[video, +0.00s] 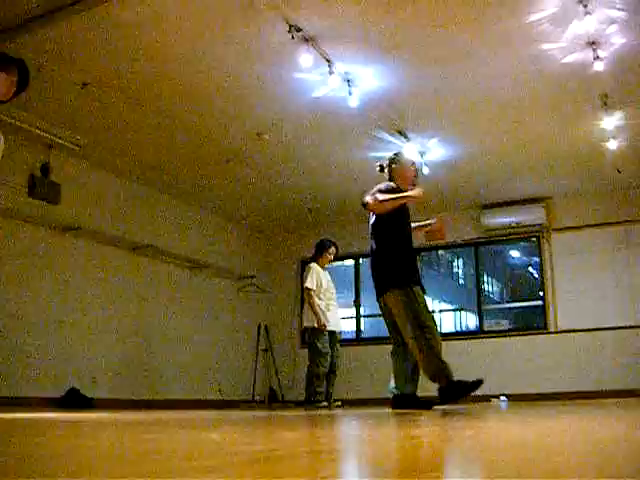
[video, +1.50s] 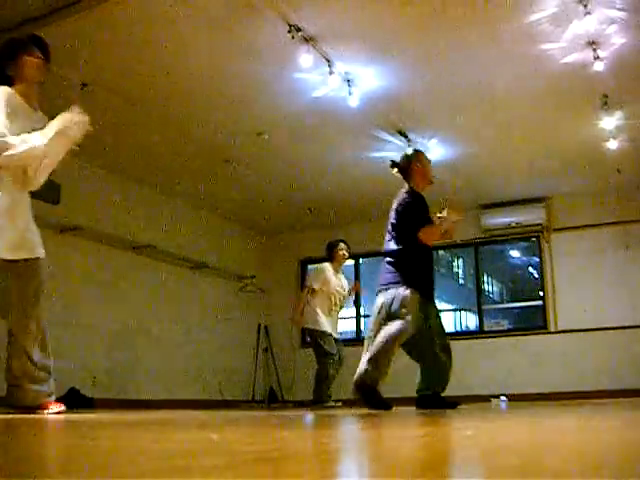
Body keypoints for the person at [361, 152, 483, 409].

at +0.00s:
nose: (415, 171)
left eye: (415, 166)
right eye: (411, 166)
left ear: (400, 169)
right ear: (397, 168)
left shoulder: (396, 196)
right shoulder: (388, 188)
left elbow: (397, 232)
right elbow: (371, 203)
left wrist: (426, 228)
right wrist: (409, 196)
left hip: (389, 278)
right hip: (397, 276)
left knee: (404, 339)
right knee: (422, 330)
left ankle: (404, 394)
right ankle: (446, 384)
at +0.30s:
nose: (411, 170)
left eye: (410, 165)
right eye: (406, 165)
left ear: (390, 169)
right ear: (391, 167)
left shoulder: (382, 195)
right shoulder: (389, 192)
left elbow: (400, 238)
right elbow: (402, 225)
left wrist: (423, 233)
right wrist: (431, 213)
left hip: (383, 279)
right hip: (398, 277)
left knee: (399, 337)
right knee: (420, 328)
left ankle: (401, 391)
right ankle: (415, 386)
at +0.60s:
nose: (404, 161)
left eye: (403, 157)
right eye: (398, 157)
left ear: (395, 163)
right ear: (383, 162)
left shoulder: (399, 203)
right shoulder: (372, 187)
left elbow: (423, 231)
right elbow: (367, 207)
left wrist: (432, 199)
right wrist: (398, 185)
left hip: (407, 276)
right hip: (384, 274)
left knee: (413, 337)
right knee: (378, 334)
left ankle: (407, 392)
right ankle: (362, 391)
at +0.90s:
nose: (389, 161)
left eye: (390, 156)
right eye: (382, 156)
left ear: (393, 164)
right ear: (369, 163)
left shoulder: (401, 197)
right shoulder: (357, 196)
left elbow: (409, 239)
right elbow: (366, 235)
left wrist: (407, 209)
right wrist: (399, 216)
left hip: (397, 276)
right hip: (367, 276)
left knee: (402, 343)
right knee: (366, 334)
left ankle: (369, 372)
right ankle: (363, 391)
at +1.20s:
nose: (403, 159)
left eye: (402, 153)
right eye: (397, 154)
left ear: (399, 158)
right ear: (382, 160)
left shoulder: (410, 192)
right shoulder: (371, 187)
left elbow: (429, 223)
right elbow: (379, 213)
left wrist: (438, 202)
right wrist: (402, 184)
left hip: (405, 267)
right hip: (376, 267)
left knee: (428, 318)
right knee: (373, 328)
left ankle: (391, 340)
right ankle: (362, 389)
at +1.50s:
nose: (431, 170)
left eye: (429, 164)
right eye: (427, 164)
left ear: (415, 168)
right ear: (416, 168)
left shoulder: (410, 201)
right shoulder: (410, 200)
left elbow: (422, 235)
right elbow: (426, 235)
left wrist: (439, 226)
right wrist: (445, 225)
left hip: (413, 286)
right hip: (403, 284)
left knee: (437, 347)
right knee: (406, 323)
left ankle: (429, 394)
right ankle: (366, 381)